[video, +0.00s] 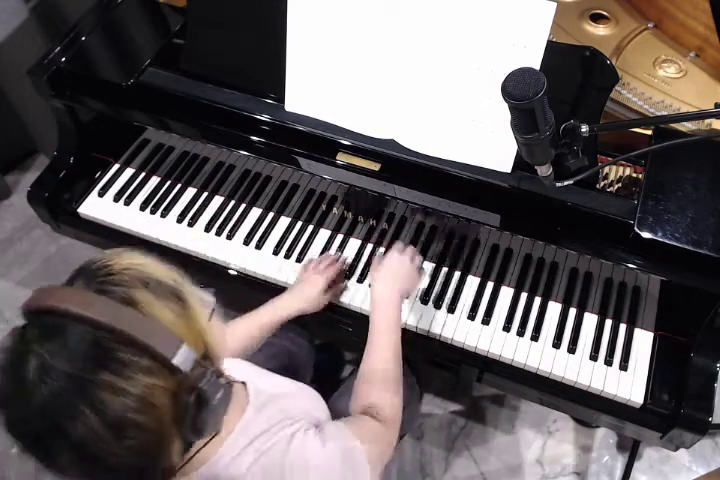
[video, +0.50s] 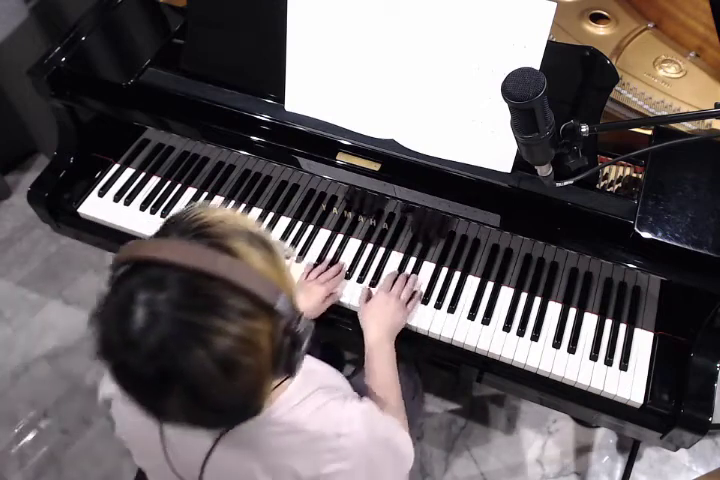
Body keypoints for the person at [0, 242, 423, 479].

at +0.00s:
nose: (200, 295)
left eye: (185, 292)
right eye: (187, 300)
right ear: (180, 362)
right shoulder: (288, 462)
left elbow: (208, 350)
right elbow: (378, 423)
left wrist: (294, 301)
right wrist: (387, 301)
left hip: (251, 377)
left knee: (292, 337)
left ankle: (316, 387)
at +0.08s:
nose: (213, 290)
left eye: (200, 287)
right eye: (200, 296)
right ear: (193, 364)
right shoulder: (295, 457)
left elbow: (215, 355)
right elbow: (380, 434)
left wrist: (291, 307)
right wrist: (387, 316)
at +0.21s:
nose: (244, 284)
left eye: (233, 283)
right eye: (236, 292)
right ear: (222, 355)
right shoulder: (319, 446)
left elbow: (216, 359)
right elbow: (384, 442)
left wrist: (291, 310)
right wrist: (383, 322)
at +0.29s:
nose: (258, 289)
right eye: (250, 292)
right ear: (233, 352)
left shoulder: (115, 407)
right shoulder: (316, 439)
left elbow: (191, 357)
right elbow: (389, 449)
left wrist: (288, 313)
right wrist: (382, 327)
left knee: (302, 339)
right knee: (388, 366)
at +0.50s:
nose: (289, 264)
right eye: (282, 272)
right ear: (275, 344)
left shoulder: (122, 387)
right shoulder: (337, 432)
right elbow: (395, 444)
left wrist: (295, 313)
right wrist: (380, 338)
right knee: (395, 366)